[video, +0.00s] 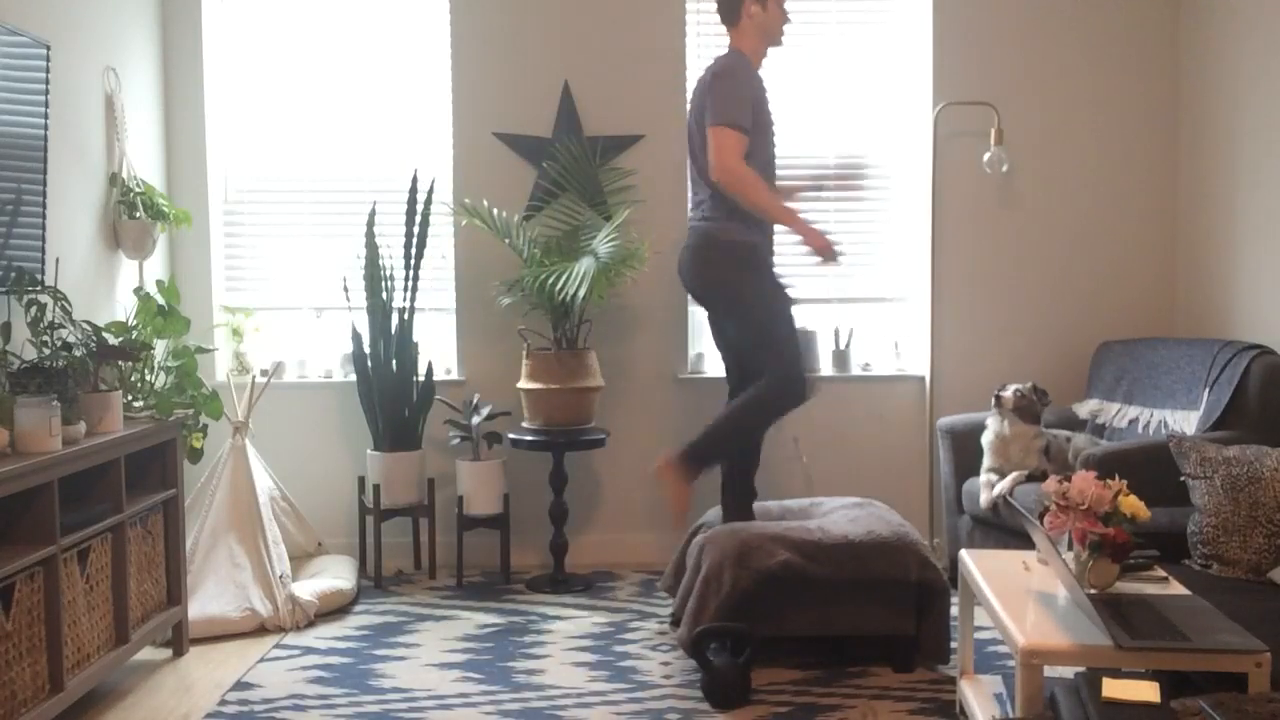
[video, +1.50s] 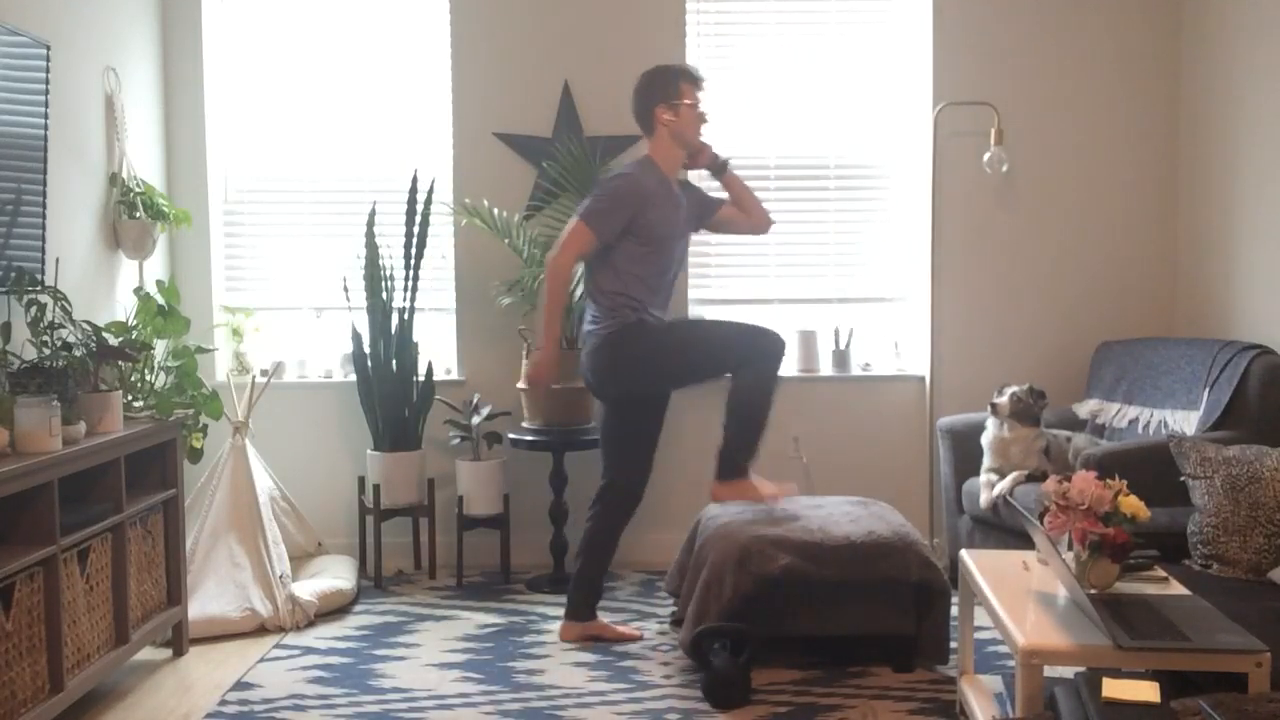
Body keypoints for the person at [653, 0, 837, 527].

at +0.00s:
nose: (786, 16)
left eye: (783, 7)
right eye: (778, 6)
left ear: (746, 14)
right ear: (750, 10)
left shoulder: (726, 74)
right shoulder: (732, 73)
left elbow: (724, 172)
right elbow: (726, 168)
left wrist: (775, 202)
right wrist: (804, 229)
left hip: (717, 250)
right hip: (728, 251)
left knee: (747, 389)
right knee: (787, 382)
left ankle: (739, 527)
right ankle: (683, 466)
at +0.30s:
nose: (771, 94)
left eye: (770, 84)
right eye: (765, 83)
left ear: (731, 86)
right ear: (737, 86)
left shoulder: (714, 150)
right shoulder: (716, 149)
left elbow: (774, 223)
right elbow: (784, 223)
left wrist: (821, 196)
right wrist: (839, 182)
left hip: (707, 330)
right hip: (684, 332)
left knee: (794, 404)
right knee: (664, 470)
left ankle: (741, 525)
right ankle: (622, 606)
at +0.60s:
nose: (713, 113)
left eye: (712, 102)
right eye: (707, 102)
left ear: (676, 108)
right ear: (677, 106)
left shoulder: (667, 171)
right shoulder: (652, 171)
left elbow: (700, 262)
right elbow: (701, 255)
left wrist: (726, 206)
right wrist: (730, 195)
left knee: (763, 366)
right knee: (628, 500)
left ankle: (704, 476)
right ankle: (597, 636)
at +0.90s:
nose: (670, 110)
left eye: (670, 100)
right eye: (662, 99)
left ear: (640, 103)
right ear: (629, 101)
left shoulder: (634, 175)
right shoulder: (608, 170)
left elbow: (637, 280)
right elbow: (589, 270)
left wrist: (705, 302)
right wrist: (662, 317)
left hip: (634, 353)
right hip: (610, 354)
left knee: (660, 481)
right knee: (613, 494)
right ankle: (596, 636)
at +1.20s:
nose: (667, 109)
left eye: (665, 99)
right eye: (656, 99)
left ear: (640, 109)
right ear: (624, 108)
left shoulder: (649, 192)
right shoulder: (595, 179)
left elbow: (702, 254)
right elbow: (542, 262)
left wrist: (710, 185)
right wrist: (525, 352)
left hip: (616, 349)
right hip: (603, 349)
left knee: (598, 487)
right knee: (716, 433)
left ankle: (577, 616)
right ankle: (624, 529)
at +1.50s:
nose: (704, 118)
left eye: (702, 107)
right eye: (695, 107)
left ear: (669, 118)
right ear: (662, 116)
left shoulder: (684, 196)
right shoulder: (629, 184)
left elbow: (757, 221)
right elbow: (561, 259)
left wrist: (713, 163)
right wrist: (548, 347)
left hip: (634, 347)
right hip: (620, 345)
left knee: (621, 489)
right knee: (762, 346)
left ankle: (579, 617)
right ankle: (733, 477)